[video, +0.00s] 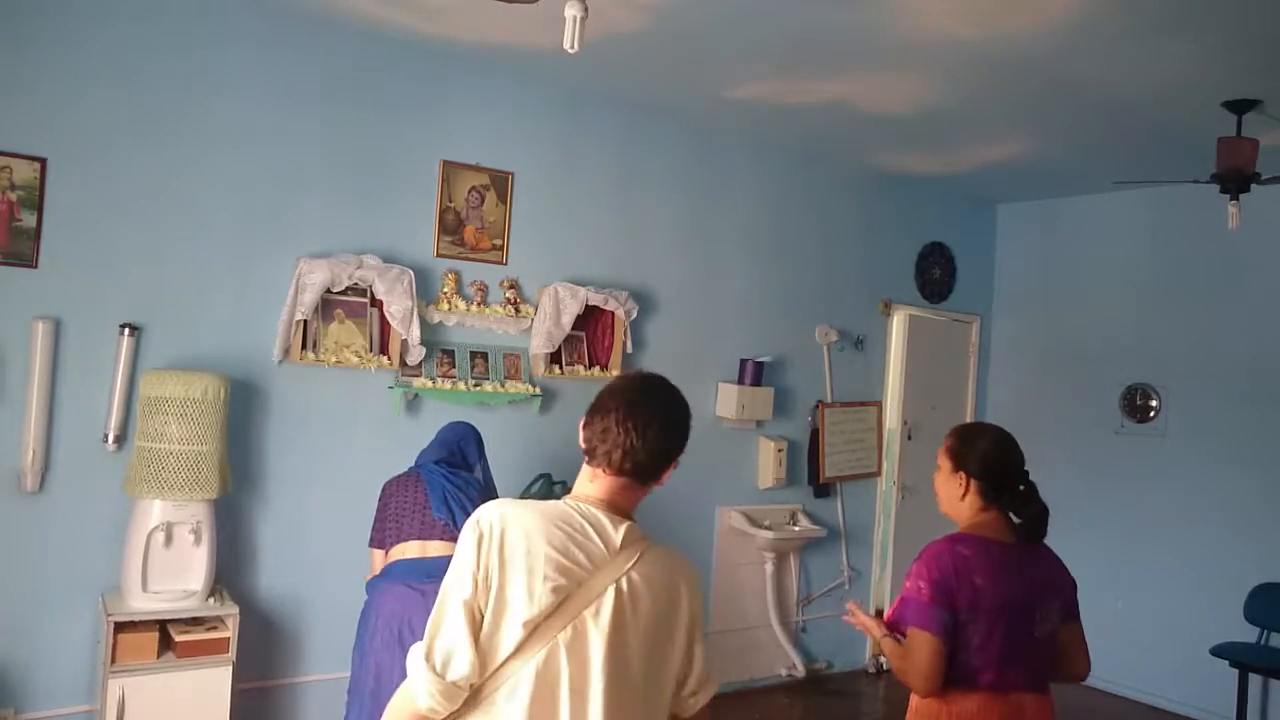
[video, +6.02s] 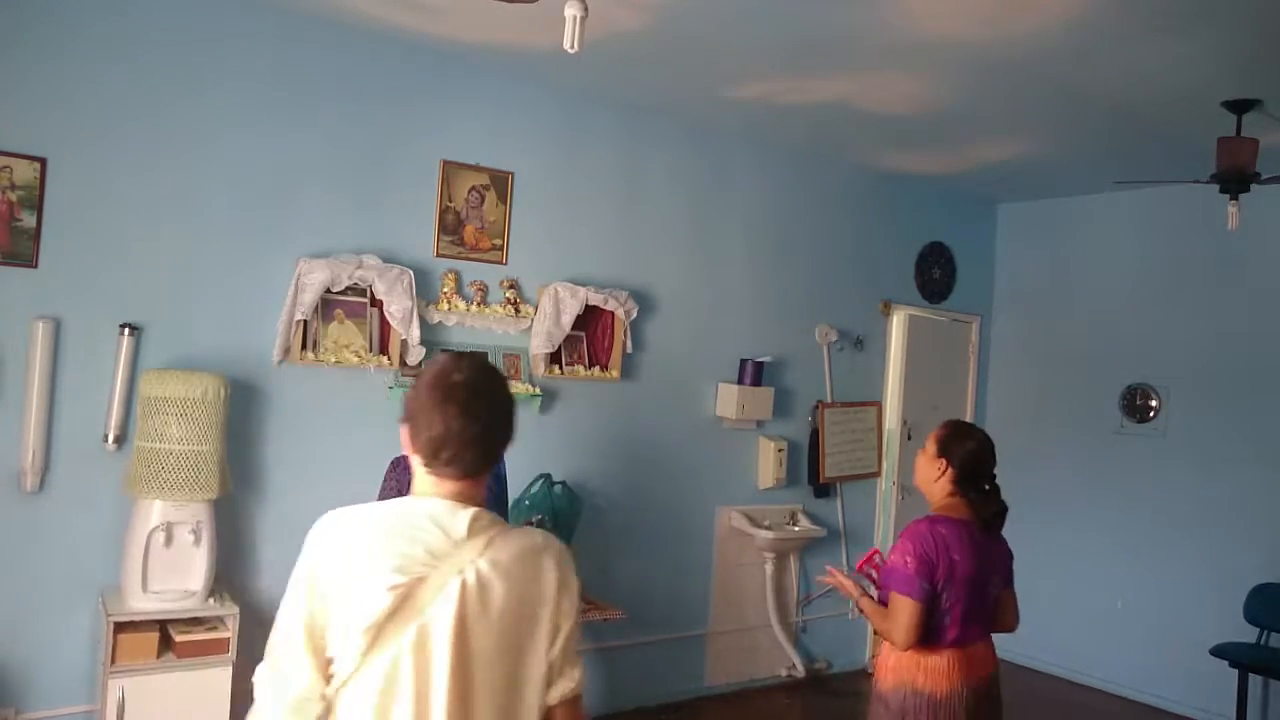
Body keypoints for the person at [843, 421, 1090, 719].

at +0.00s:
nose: (934, 479)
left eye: (938, 469)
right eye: (936, 469)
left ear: (962, 482)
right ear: (1006, 481)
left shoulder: (941, 559)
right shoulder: (1047, 562)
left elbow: (924, 678)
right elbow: (1075, 666)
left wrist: (881, 637)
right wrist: (1003, 654)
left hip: (951, 707)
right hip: (1031, 706)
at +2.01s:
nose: (963, 468)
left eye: (972, 459)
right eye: (968, 458)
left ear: (999, 475)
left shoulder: (983, 554)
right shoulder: (1059, 551)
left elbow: (972, 668)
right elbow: (1079, 652)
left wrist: (912, 630)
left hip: (982, 701)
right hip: (1048, 696)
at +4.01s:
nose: (1067, 488)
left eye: (1077, 476)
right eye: (1073, 476)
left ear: (1107, 494)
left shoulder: (1101, 575)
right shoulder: (1176, 569)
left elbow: (1089, 697)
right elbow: (1195, 676)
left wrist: (1021, 649)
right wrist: (1055, 648)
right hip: (1168, 711)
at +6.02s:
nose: (917, 458)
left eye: (923, 451)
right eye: (921, 450)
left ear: (942, 467)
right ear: (979, 472)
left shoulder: (921, 536)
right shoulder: (993, 538)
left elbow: (901, 634)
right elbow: (1006, 619)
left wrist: (858, 596)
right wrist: (951, 614)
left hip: (919, 677)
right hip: (977, 670)